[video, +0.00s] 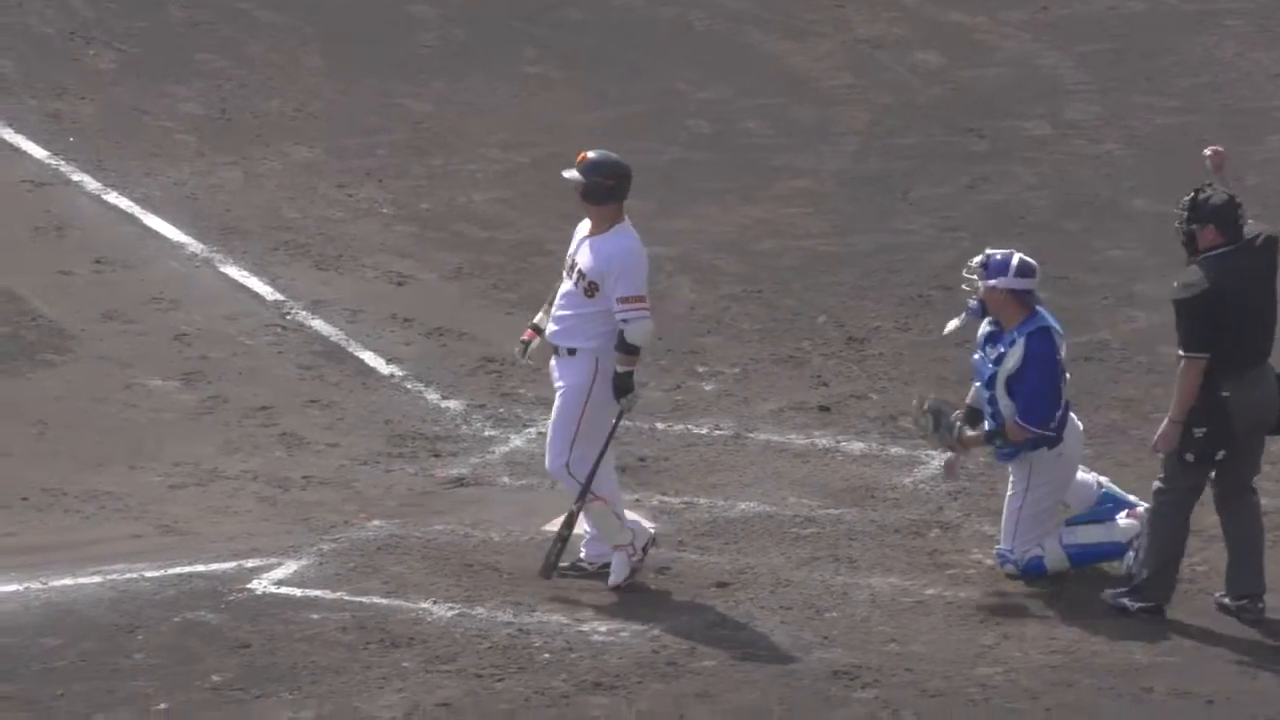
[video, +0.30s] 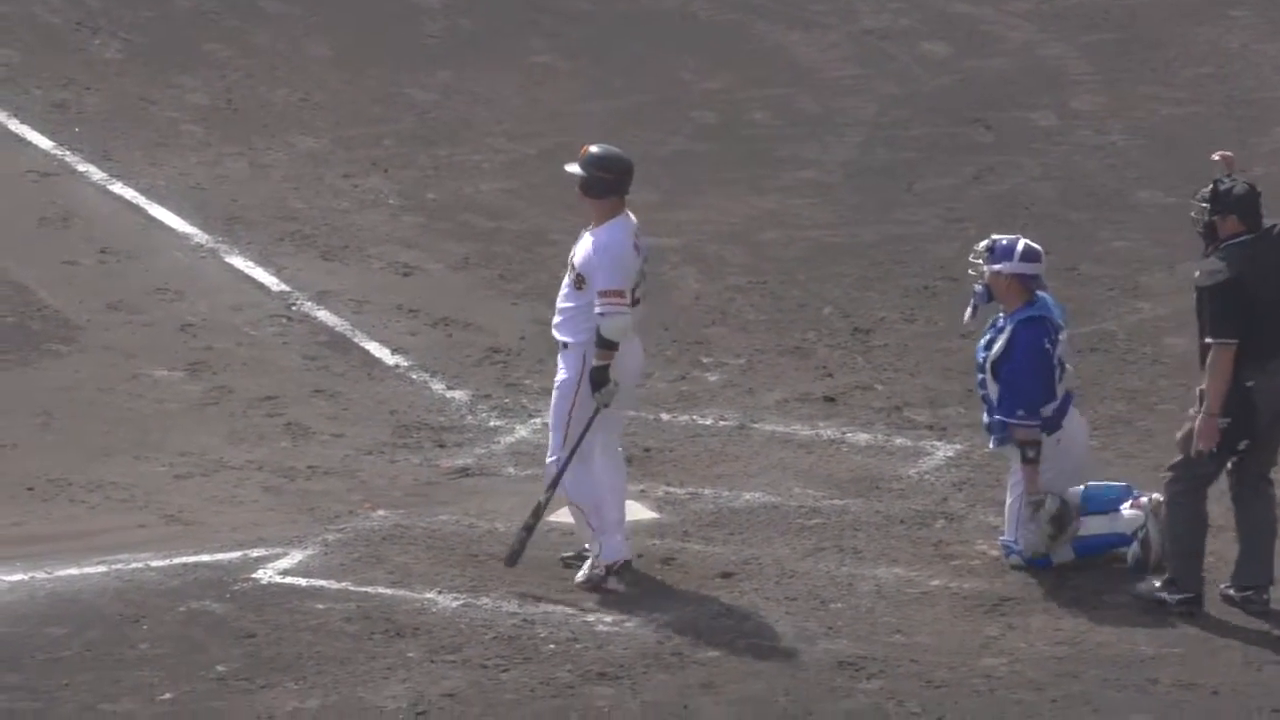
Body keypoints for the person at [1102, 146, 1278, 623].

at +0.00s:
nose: (1187, 234)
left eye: (1192, 227)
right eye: (1189, 226)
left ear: (1208, 233)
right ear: (1230, 229)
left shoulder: (1198, 286)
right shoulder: (1265, 253)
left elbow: (1194, 364)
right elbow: (1237, 221)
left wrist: (1173, 421)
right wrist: (1222, 177)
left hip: (1212, 400)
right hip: (1258, 389)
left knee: (1174, 494)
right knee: (1238, 489)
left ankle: (1150, 592)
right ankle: (1248, 593)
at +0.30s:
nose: (1205, 223)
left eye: (1210, 217)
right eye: (1206, 215)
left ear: (1231, 222)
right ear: (1249, 218)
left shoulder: (1221, 267)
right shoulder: (1269, 245)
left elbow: (1223, 347)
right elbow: (1249, 219)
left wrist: (1209, 414)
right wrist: (1235, 177)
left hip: (1236, 393)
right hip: (1271, 386)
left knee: (1185, 481)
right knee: (1253, 480)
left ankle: (1183, 585)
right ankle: (1254, 583)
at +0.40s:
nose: (1209, 220)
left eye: (1215, 213)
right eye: (1210, 212)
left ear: (1234, 218)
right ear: (1254, 215)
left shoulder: (1227, 266)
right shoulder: (1272, 248)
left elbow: (1227, 346)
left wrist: (1216, 411)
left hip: (1240, 396)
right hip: (1272, 393)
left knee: (1192, 482)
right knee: (1256, 480)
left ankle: (1219, 582)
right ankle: (1257, 583)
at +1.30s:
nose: (1182, 206)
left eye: (1189, 199)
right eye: (1183, 197)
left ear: (1212, 204)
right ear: (1227, 201)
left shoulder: (1208, 251)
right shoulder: (1262, 231)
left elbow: (1209, 328)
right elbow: (1264, 306)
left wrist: (1186, 389)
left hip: (1220, 369)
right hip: (1258, 360)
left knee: (1209, 475)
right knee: (1242, 462)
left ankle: (1206, 578)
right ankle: (1259, 555)